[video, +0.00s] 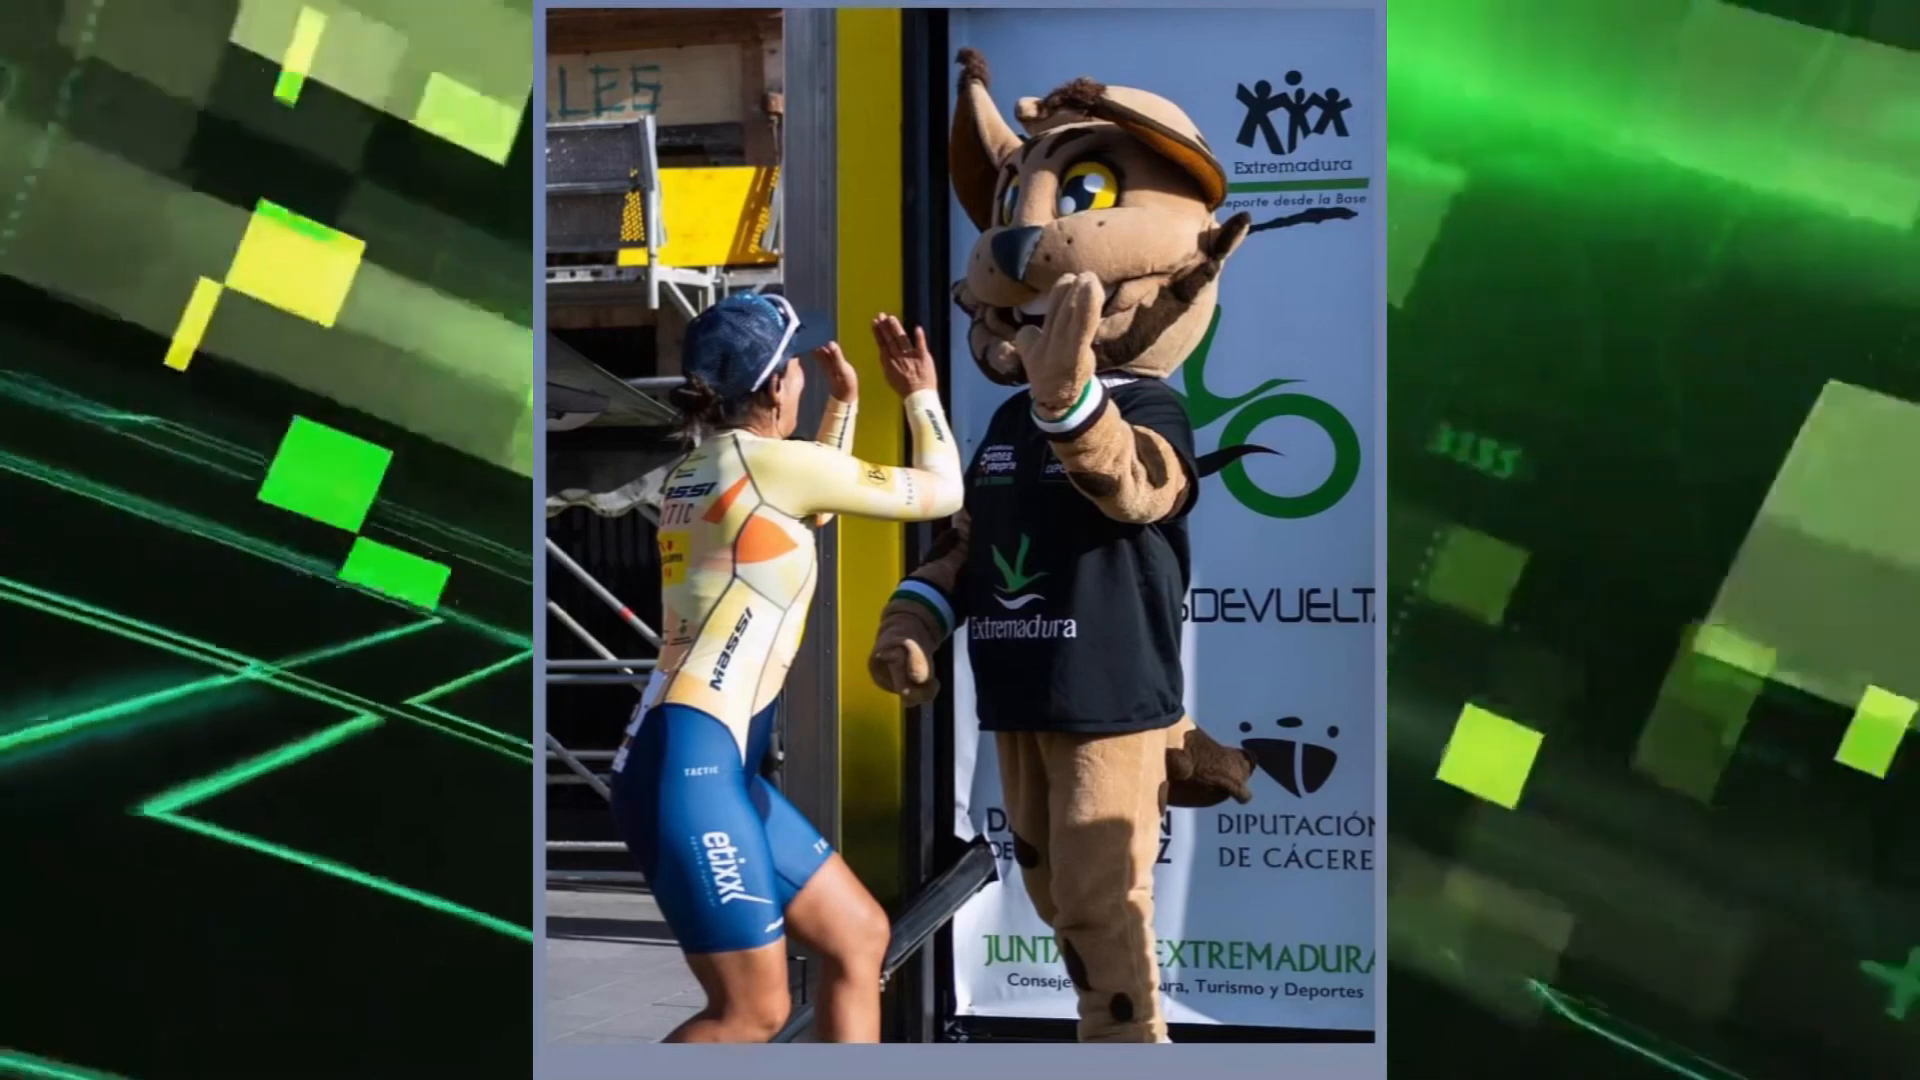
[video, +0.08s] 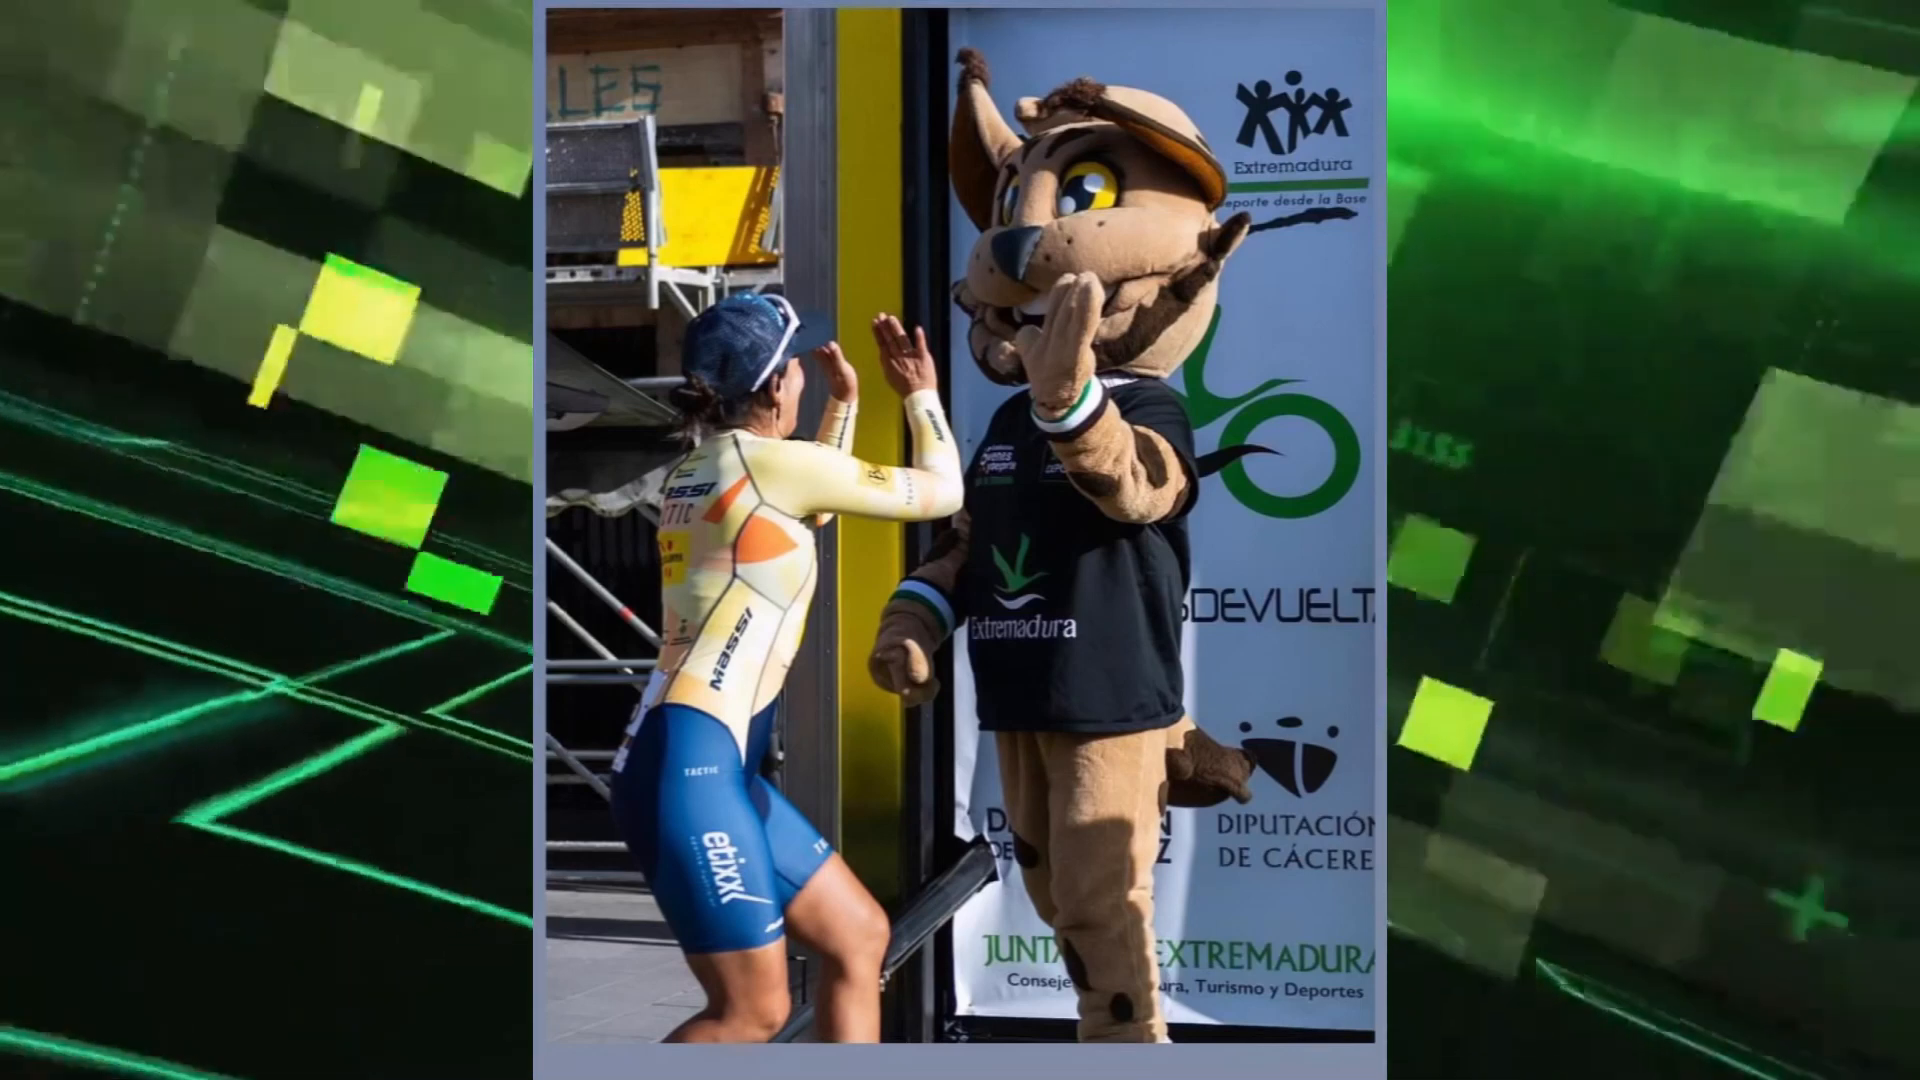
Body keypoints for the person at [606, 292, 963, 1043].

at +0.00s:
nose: (803, 377)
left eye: (799, 363)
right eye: (796, 364)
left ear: (715, 387)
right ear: (776, 380)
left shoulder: (692, 471)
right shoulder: (778, 465)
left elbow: (798, 494)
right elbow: (938, 492)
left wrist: (840, 412)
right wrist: (924, 395)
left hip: (714, 770)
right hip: (686, 774)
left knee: (860, 934)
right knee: (754, 1010)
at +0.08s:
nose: (803, 377)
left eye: (799, 363)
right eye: (796, 364)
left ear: (715, 387)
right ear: (776, 380)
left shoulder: (692, 471)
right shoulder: (778, 465)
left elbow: (798, 494)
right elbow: (938, 492)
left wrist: (840, 412)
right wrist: (924, 396)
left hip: (714, 770)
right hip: (686, 774)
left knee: (860, 934)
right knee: (754, 1010)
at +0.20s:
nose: (803, 377)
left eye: (800, 363)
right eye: (796, 364)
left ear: (715, 387)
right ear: (777, 381)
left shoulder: (694, 471)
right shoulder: (780, 465)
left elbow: (801, 494)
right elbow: (938, 492)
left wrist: (841, 410)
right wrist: (924, 395)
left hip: (714, 769)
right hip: (686, 774)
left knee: (860, 933)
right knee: (754, 1009)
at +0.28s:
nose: (803, 377)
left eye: (800, 362)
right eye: (797, 364)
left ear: (715, 387)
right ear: (777, 380)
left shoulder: (694, 471)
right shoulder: (781, 465)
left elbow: (798, 494)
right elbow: (938, 492)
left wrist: (841, 411)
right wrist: (924, 395)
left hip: (714, 769)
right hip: (686, 774)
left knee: (860, 934)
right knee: (754, 1010)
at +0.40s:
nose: (803, 377)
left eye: (799, 362)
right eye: (796, 364)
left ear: (714, 387)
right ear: (777, 380)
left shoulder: (694, 471)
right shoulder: (781, 466)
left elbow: (799, 493)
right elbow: (938, 492)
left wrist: (841, 411)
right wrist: (924, 395)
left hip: (714, 769)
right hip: (686, 774)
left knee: (860, 934)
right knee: (754, 1010)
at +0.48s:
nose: (803, 377)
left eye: (799, 362)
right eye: (796, 364)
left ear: (714, 387)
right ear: (777, 380)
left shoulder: (694, 471)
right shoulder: (781, 466)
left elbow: (799, 493)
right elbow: (938, 492)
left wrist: (841, 411)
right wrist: (924, 395)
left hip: (714, 769)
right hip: (686, 774)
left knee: (860, 934)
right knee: (754, 1010)